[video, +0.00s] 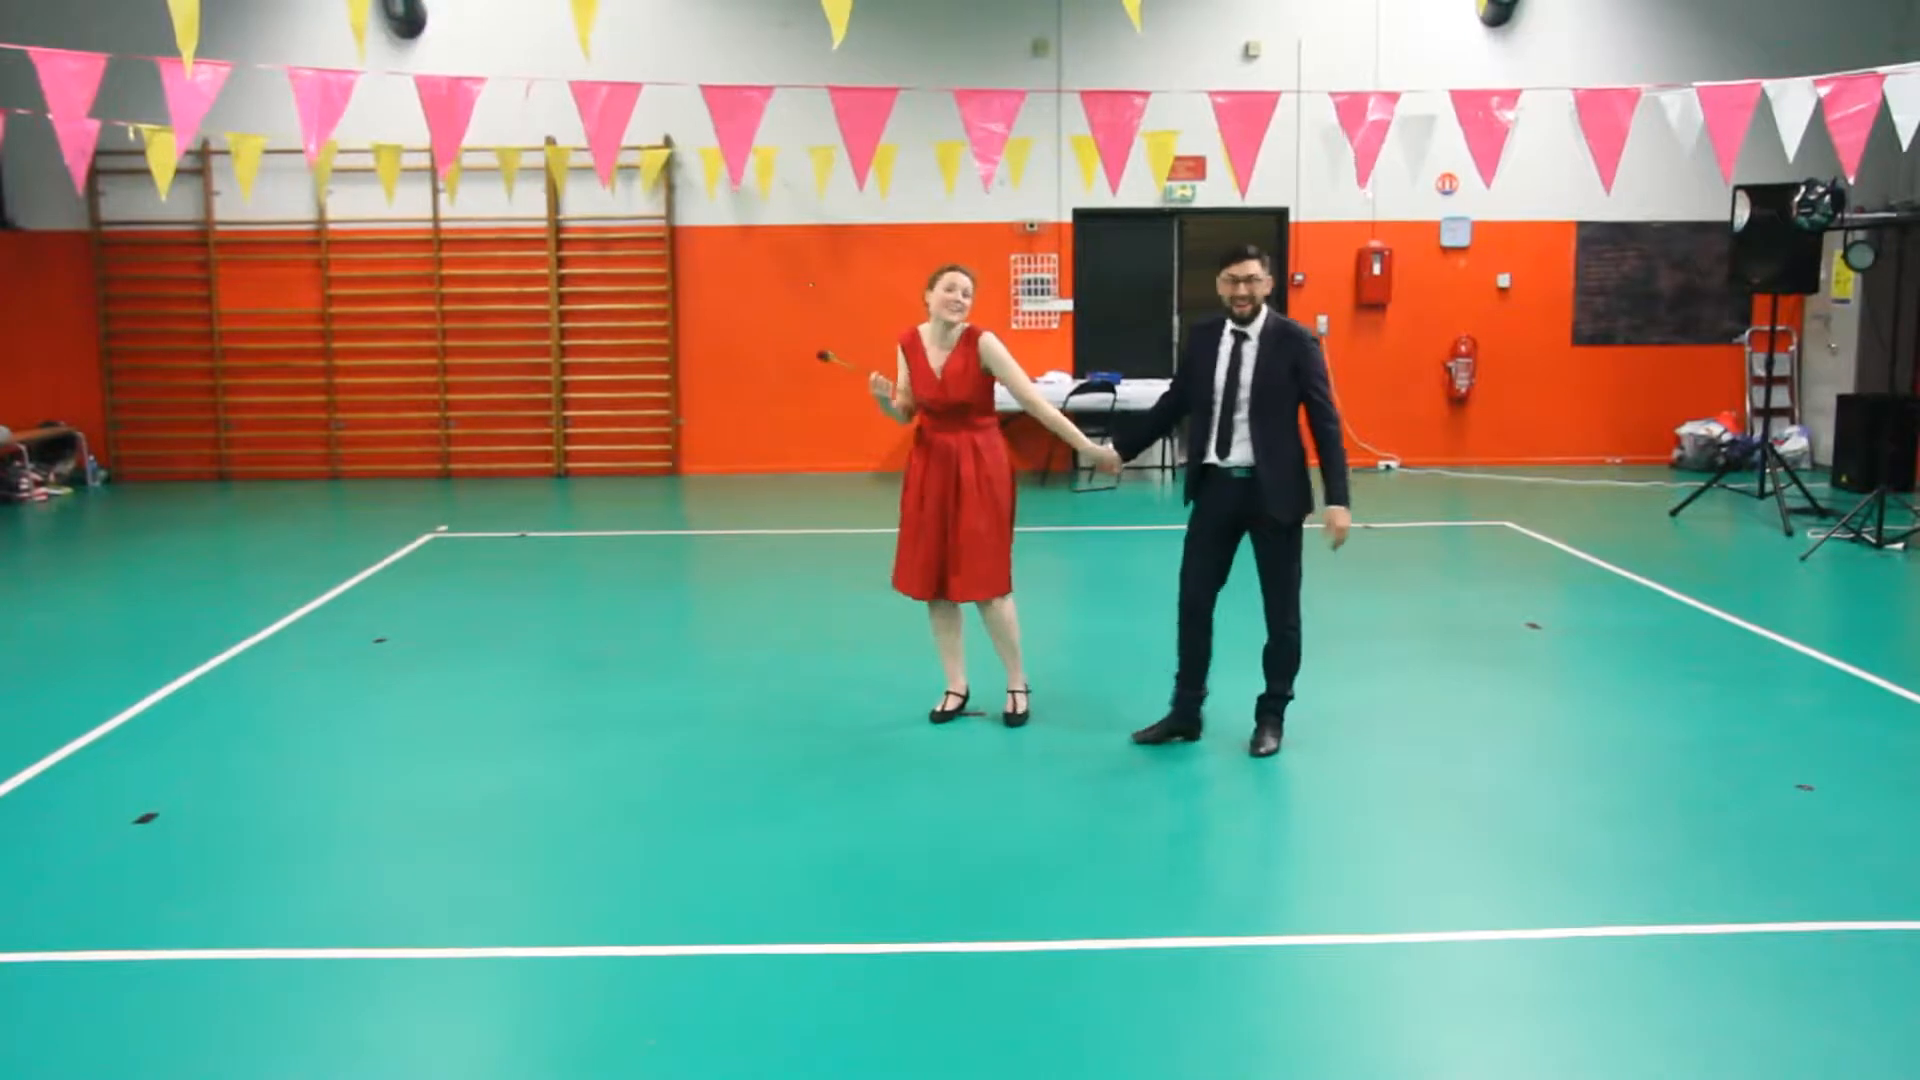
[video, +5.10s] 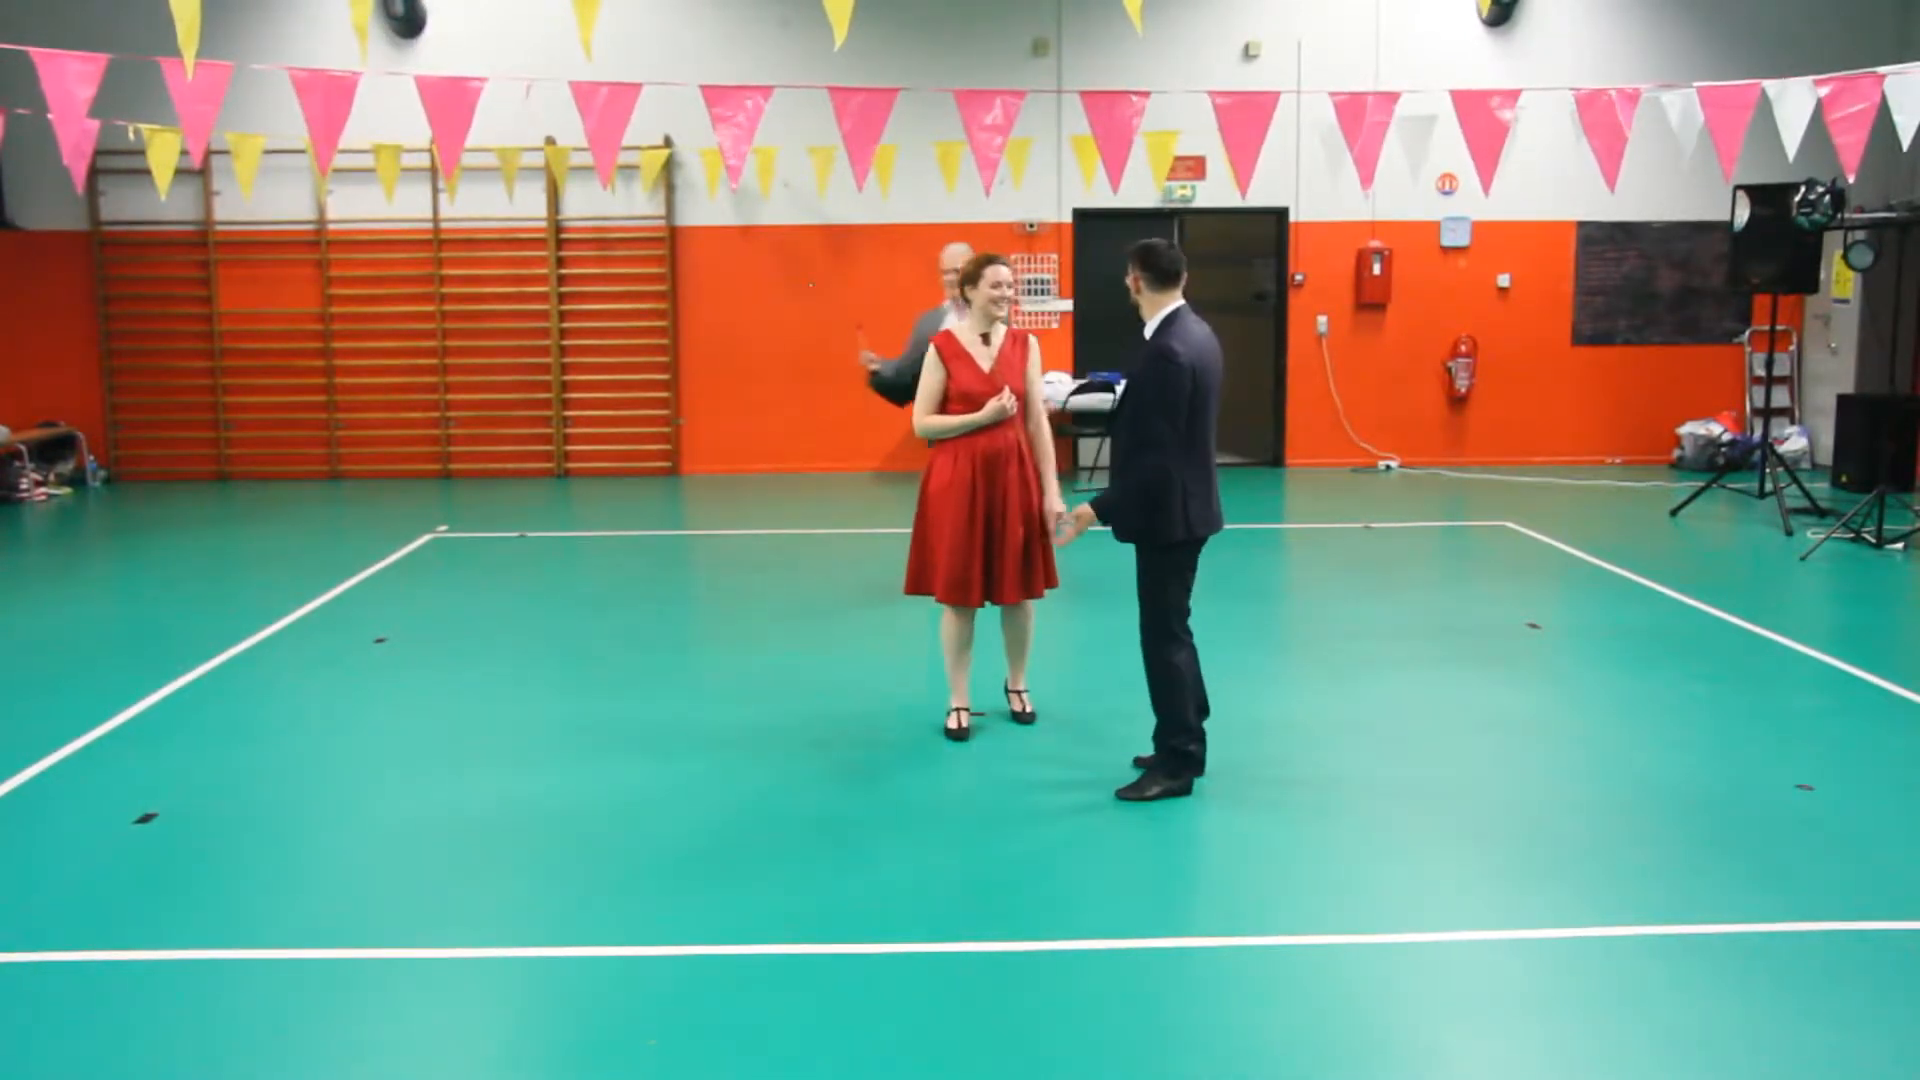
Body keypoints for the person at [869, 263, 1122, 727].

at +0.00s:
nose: (957, 298)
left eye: (965, 293)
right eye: (949, 289)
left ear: (971, 305)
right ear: (927, 296)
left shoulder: (982, 344)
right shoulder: (910, 344)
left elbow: (1035, 403)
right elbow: (905, 414)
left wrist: (1088, 448)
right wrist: (886, 399)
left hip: (980, 463)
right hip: (931, 464)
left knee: (987, 583)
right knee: (937, 582)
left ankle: (1017, 686)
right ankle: (955, 688)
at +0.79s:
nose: (980, 300)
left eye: (990, 295)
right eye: (972, 292)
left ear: (1001, 304)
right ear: (957, 298)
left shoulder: (1018, 343)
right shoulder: (949, 348)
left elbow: (1048, 414)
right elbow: (956, 422)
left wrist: (1077, 479)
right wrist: (938, 411)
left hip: (1025, 465)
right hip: (978, 465)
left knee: (1021, 586)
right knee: (963, 584)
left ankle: (1020, 691)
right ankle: (957, 687)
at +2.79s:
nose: (992, 299)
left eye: (991, 291)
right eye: (985, 291)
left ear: (975, 296)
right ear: (958, 297)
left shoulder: (990, 339)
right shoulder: (923, 350)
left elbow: (1027, 397)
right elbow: (902, 423)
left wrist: (1075, 441)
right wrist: (967, 418)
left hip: (985, 475)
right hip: (936, 478)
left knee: (1002, 583)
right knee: (941, 586)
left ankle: (1016, 686)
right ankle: (951, 682)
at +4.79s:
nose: (1016, 295)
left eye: (1021, 287)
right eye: (1006, 288)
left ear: (1028, 293)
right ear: (983, 294)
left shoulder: (1043, 343)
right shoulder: (961, 349)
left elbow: (1066, 409)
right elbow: (942, 424)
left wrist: (1090, 454)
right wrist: (997, 417)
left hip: (1030, 479)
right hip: (976, 481)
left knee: (1025, 594)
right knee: (971, 598)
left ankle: (1017, 687)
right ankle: (960, 700)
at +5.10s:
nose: (1007, 293)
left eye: (1010, 286)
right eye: (996, 286)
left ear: (1013, 291)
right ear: (969, 291)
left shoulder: (1025, 345)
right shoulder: (943, 346)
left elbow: (1037, 419)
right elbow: (922, 424)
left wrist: (1052, 491)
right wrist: (983, 415)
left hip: (1015, 477)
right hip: (960, 479)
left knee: (1018, 590)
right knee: (959, 594)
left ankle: (1017, 683)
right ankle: (958, 700)